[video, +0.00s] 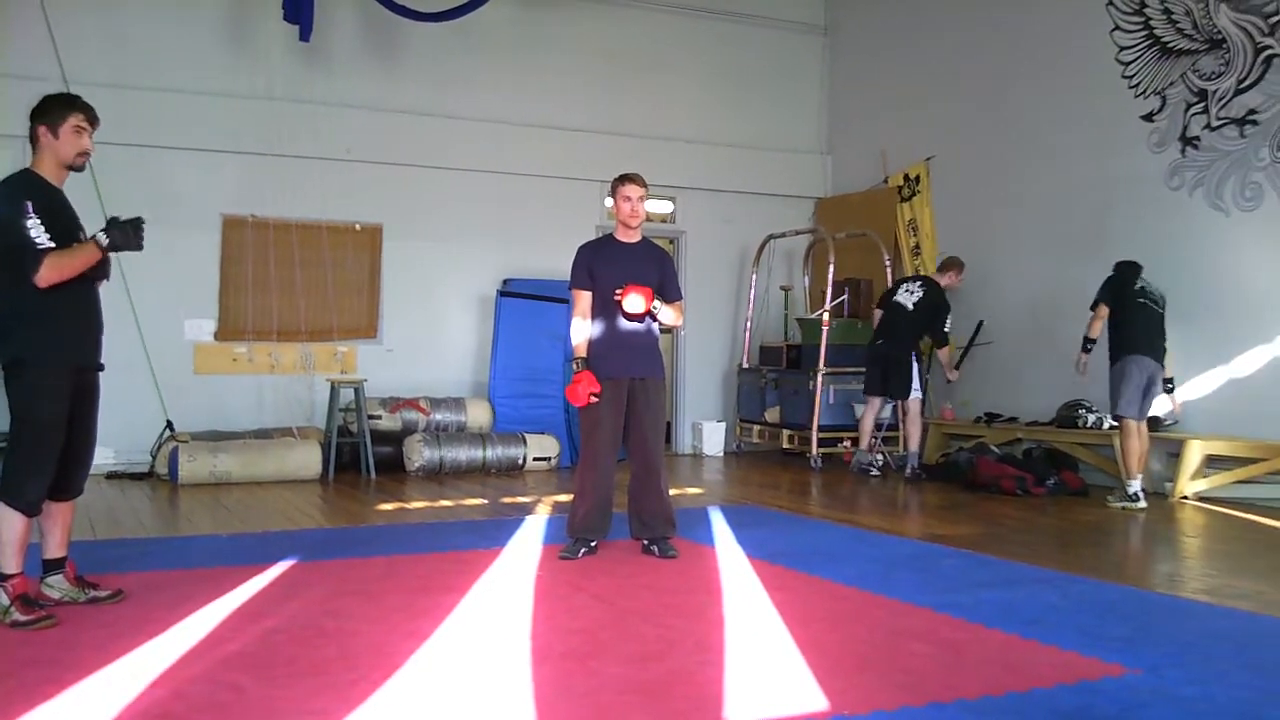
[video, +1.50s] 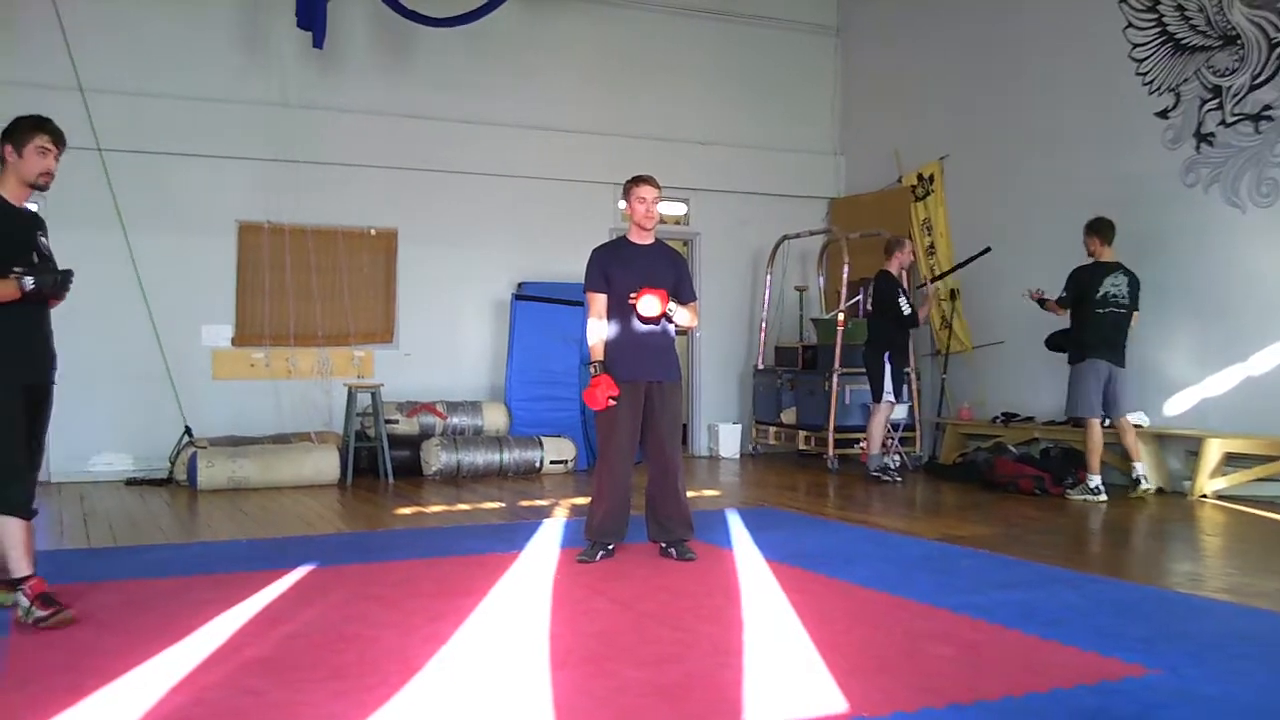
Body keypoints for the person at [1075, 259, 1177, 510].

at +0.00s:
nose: (1114, 275)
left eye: (1115, 272)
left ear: (1118, 271)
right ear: (1138, 273)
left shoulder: (1115, 281)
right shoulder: (1156, 293)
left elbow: (1100, 314)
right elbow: (1161, 342)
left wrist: (1085, 350)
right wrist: (1169, 387)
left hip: (1130, 357)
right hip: (1155, 361)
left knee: (1128, 423)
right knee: (1140, 423)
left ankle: (1133, 490)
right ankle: (1136, 485)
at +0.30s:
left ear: (1118, 285)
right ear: (1137, 287)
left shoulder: (1116, 290)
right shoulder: (1154, 302)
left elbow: (1109, 321)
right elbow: (1166, 346)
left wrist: (1106, 356)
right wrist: (1172, 386)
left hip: (1139, 350)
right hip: (1163, 357)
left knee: (1134, 417)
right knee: (1148, 419)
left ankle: (1137, 486)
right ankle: (1146, 485)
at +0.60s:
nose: (1152, 276)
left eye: (1153, 272)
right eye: (1153, 272)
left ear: (1157, 271)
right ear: (1176, 273)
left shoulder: (1155, 286)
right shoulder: (1196, 293)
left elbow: (1147, 321)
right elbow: (1203, 334)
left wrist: (1141, 353)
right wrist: (1204, 369)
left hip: (1174, 353)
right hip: (1200, 357)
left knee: (1162, 419)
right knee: (1188, 424)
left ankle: (1154, 484)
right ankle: (1187, 487)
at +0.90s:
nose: (1153, 255)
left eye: (1155, 250)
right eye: (1154, 249)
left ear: (1164, 250)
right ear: (1180, 252)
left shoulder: (1158, 277)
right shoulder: (1201, 283)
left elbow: (1149, 318)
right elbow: (1207, 327)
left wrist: (1138, 349)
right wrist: (1185, 341)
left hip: (1168, 356)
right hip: (1196, 360)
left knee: (1153, 421)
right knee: (1191, 424)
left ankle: (1136, 484)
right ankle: (1193, 488)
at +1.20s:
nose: (1109, 248)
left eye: (1111, 243)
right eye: (1110, 243)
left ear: (1121, 244)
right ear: (1135, 245)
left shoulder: (1110, 276)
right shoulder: (1155, 281)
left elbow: (1094, 320)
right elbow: (1155, 326)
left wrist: (1073, 328)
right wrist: (1139, 348)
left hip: (1113, 357)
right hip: (1140, 360)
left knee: (1106, 422)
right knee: (1144, 423)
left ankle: (1099, 486)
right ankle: (1156, 486)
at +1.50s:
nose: (1084, 246)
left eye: (1086, 241)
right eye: (1085, 241)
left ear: (1095, 241)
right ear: (1110, 241)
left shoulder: (1083, 274)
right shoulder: (1130, 277)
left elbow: (1059, 309)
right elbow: (1131, 319)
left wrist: (1040, 299)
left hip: (1089, 354)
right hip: (1116, 356)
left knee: (1093, 420)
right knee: (1121, 417)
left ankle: (1094, 484)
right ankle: (1141, 477)